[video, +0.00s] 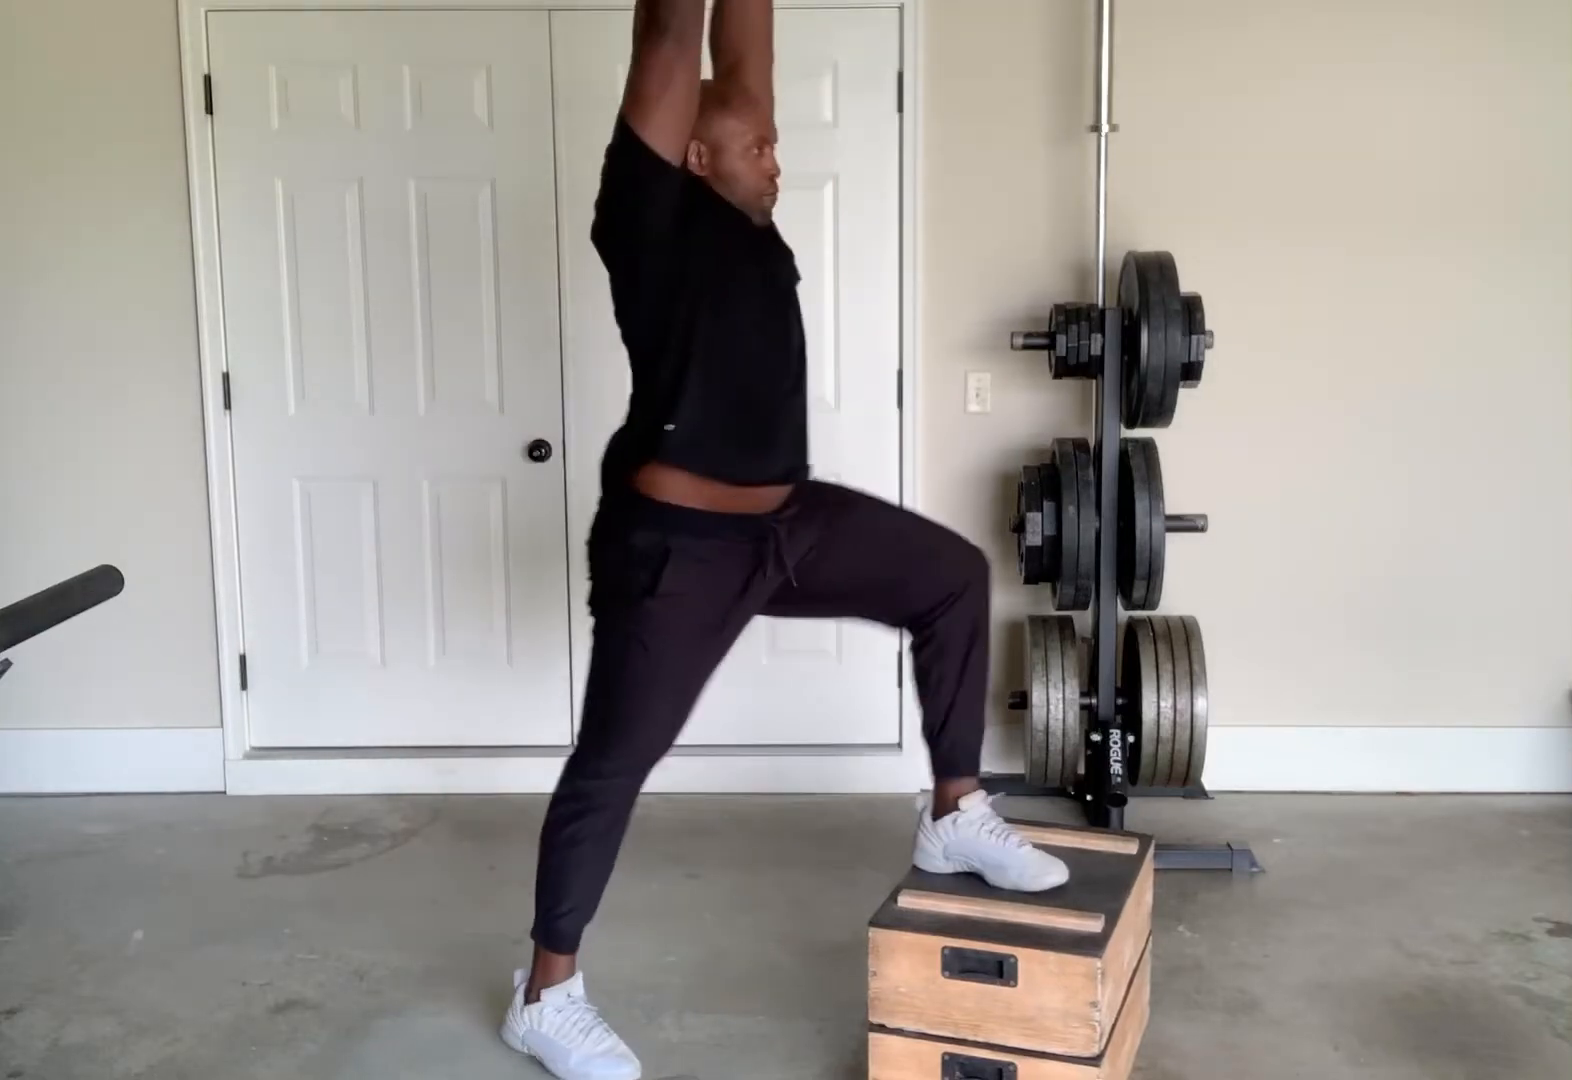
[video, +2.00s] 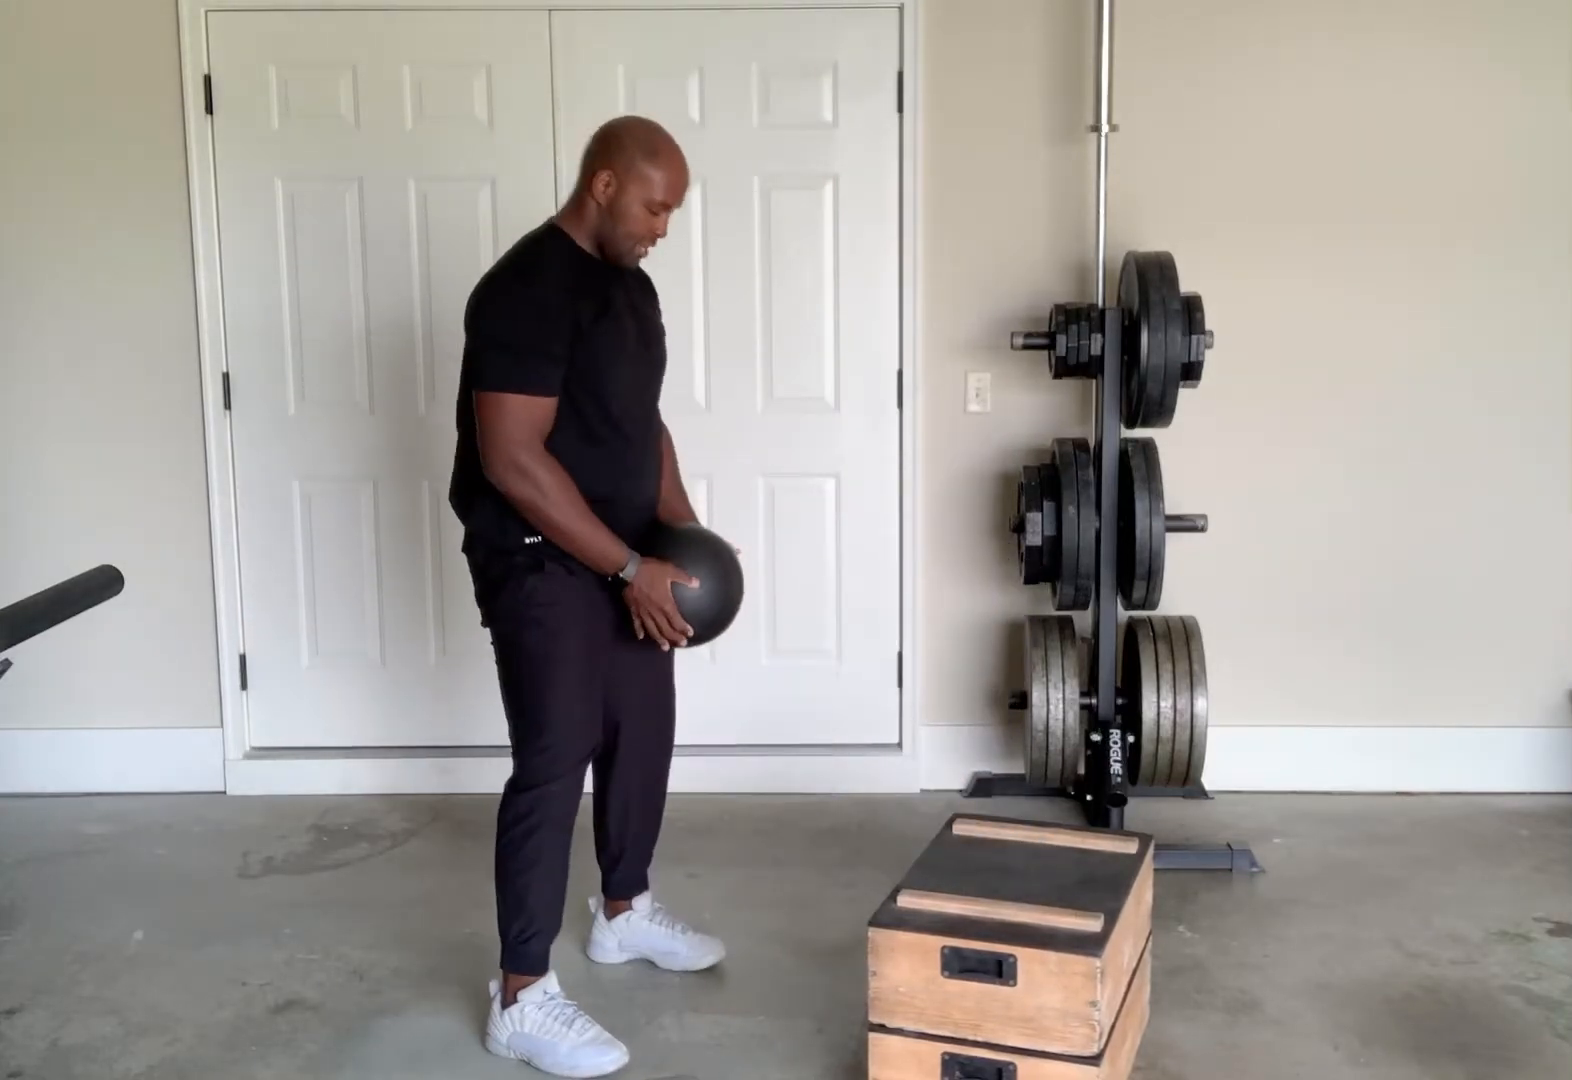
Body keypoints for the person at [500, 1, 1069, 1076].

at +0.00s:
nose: (774, 158)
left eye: (772, 140)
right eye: (754, 141)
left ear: (752, 150)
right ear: (697, 147)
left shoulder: (749, 227)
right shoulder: (646, 212)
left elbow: (747, 72)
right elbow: (665, 35)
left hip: (789, 515)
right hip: (673, 537)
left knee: (953, 577)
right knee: (611, 766)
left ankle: (957, 814)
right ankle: (548, 991)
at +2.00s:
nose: (664, 227)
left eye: (671, 211)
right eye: (655, 208)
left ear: (635, 196)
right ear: (599, 184)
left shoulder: (630, 287)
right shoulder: (526, 288)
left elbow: (639, 422)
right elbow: (511, 461)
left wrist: (679, 532)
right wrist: (626, 569)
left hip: (621, 553)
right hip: (539, 560)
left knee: (640, 733)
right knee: (553, 759)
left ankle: (625, 914)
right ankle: (522, 994)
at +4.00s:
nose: (821, 134)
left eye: (823, 115)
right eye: (796, 113)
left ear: (815, 122)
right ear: (739, 122)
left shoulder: (803, 196)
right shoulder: (703, 204)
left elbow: (837, 71)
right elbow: (712, 47)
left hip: (816, 476)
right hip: (767, 479)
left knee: (754, 685)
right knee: (971, 592)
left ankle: (674, 869)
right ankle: (951, 820)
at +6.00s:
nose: (760, 341)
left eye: (772, 328)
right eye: (758, 321)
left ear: (734, 300)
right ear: (714, 286)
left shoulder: (701, 366)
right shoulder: (614, 360)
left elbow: (678, 503)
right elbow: (578, 546)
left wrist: (679, 651)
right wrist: (617, 689)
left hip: (571, 544)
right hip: (485, 544)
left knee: (622, 715)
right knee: (528, 759)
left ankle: (606, 916)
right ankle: (506, 991)